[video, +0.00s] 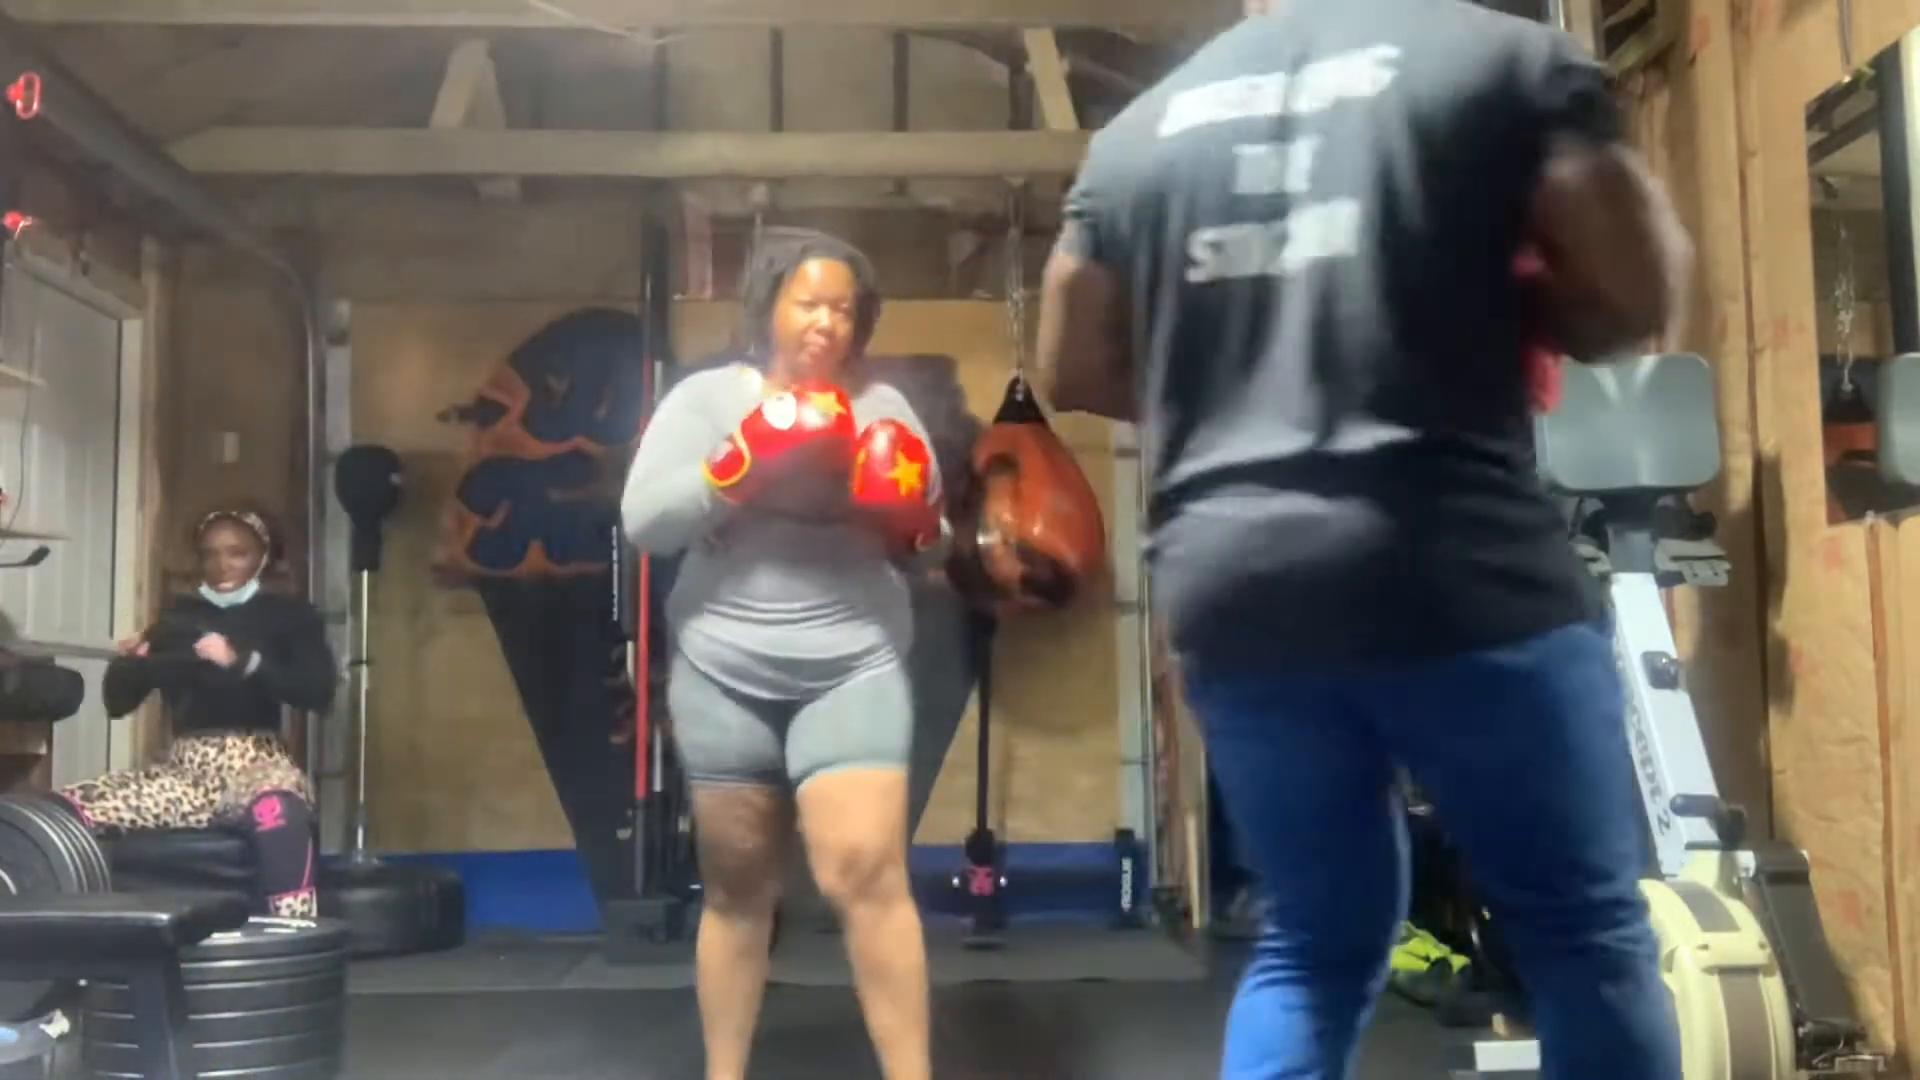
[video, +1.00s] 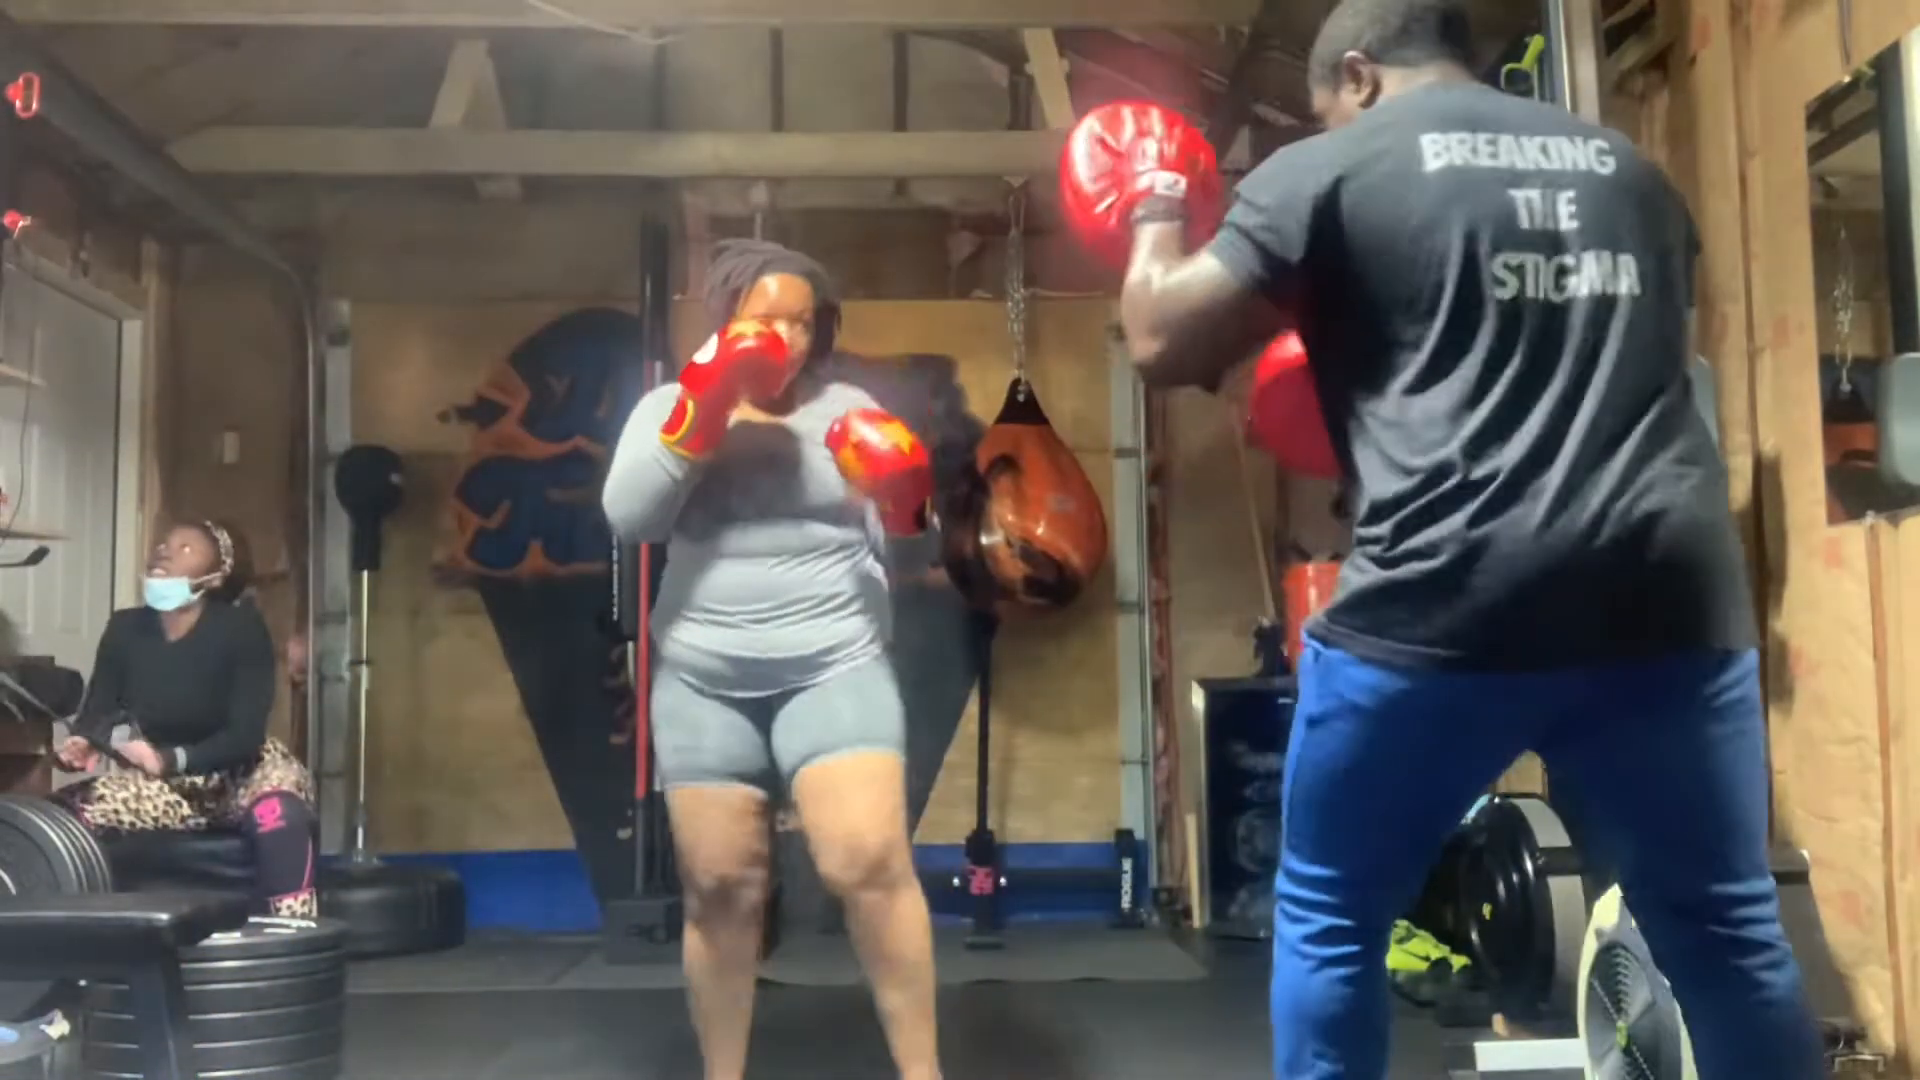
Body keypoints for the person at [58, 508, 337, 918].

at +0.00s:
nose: (223, 564)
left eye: (237, 553)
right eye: (212, 554)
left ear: (262, 560)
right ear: (200, 560)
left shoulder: (288, 615)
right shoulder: (178, 619)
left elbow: (318, 692)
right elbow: (118, 703)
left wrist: (244, 660)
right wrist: (129, 662)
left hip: (257, 769)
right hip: (181, 770)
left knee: (280, 814)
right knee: (62, 810)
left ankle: (292, 943)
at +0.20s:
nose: (196, 556)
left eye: (212, 546)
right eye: (188, 545)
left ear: (239, 556)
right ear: (178, 551)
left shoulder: (265, 608)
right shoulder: (151, 612)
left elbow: (271, 684)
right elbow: (93, 697)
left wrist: (192, 659)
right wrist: (93, 665)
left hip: (248, 772)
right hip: (168, 774)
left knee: (281, 813)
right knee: (61, 811)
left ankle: (294, 946)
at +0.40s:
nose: (174, 558)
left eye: (189, 550)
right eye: (168, 549)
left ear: (219, 563)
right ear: (158, 555)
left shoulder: (250, 622)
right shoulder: (138, 619)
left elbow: (247, 720)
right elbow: (107, 705)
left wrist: (165, 726)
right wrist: (86, 715)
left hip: (243, 773)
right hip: (165, 775)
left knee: (279, 812)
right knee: (61, 813)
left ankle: (295, 944)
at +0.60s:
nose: (160, 560)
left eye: (180, 551)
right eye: (158, 550)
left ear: (210, 572)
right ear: (147, 559)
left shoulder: (242, 625)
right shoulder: (128, 627)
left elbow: (242, 728)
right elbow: (100, 714)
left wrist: (163, 761)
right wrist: (76, 739)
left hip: (240, 779)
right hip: (161, 781)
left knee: (280, 811)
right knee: (60, 815)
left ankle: (294, 947)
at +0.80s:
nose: (159, 558)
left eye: (181, 550)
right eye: (159, 548)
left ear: (211, 576)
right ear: (147, 558)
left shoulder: (240, 627)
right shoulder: (124, 628)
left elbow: (239, 736)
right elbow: (90, 711)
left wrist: (158, 763)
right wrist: (67, 743)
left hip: (242, 779)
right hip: (162, 782)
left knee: (278, 814)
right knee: (72, 813)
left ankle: (292, 945)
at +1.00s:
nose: (163, 557)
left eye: (184, 551)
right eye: (162, 548)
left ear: (213, 575)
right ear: (150, 558)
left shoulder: (242, 628)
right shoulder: (126, 627)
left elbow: (245, 739)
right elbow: (98, 708)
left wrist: (170, 759)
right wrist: (84, 740)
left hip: (237, 780)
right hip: (152, 781)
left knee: (280, 814)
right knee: (62, 815)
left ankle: (294, 945)